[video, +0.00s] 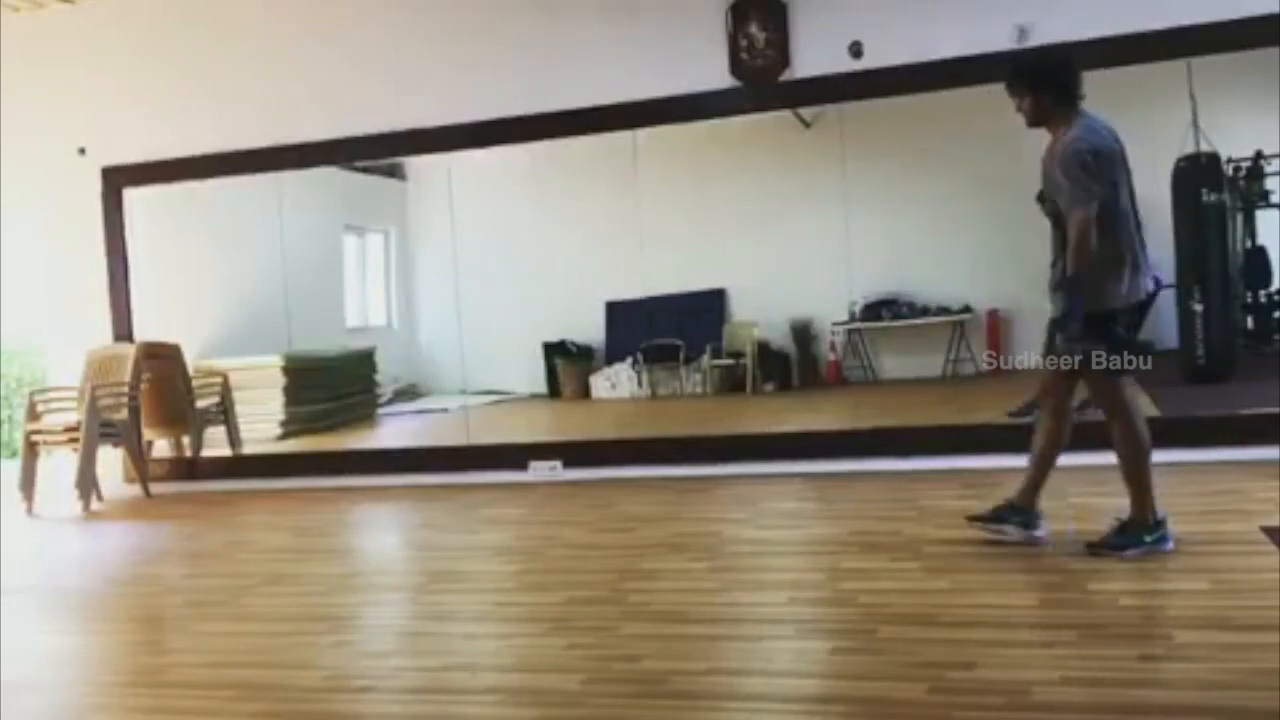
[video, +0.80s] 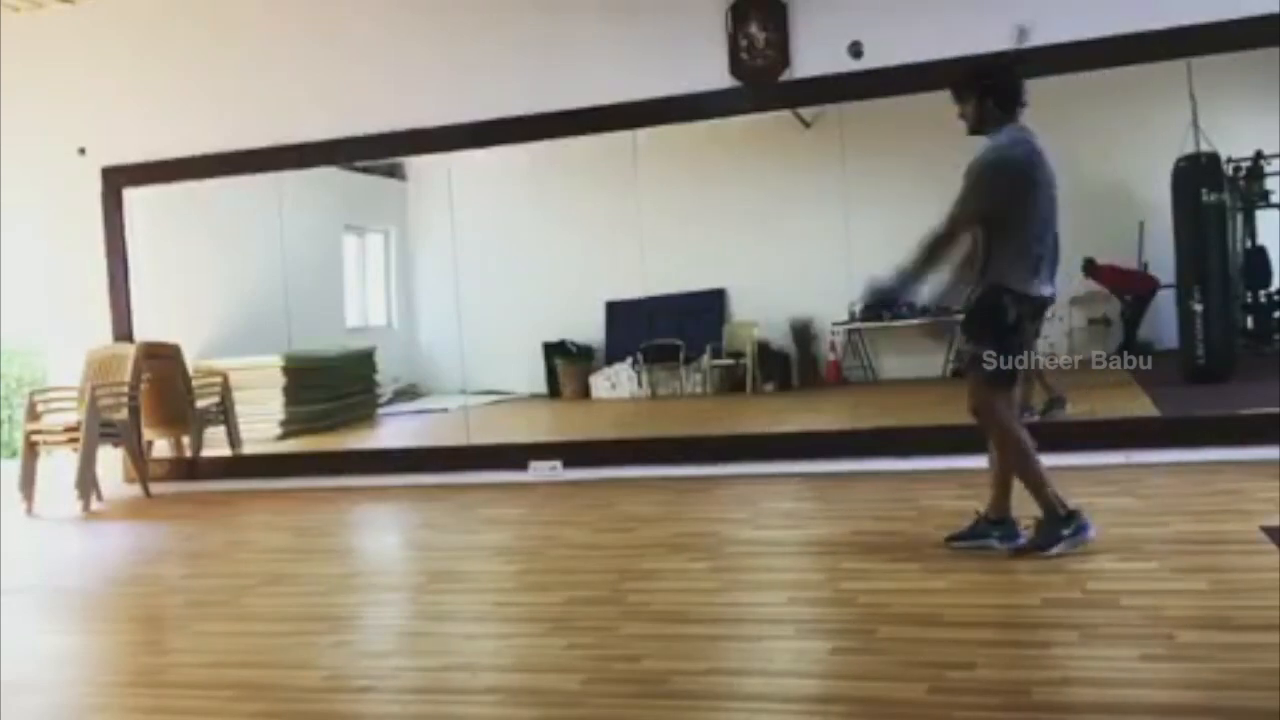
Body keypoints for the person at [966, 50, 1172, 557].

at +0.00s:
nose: (1017, 109)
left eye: (1019, 98)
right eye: (1015, 99)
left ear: (1041, 95)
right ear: (1057, 91)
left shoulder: (1073, 147)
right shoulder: (1093, 134)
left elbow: (1082, 229)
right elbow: (1105, 220)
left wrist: (1068, 293)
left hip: (1101, 298)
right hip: (1107, 292)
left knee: (1114, 401)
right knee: (1054, 394)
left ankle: (1145, 519)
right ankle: (1024, 504)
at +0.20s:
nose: (991, 109)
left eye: (995, 98)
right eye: (989, 100)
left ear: (1023, 95)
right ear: (1014, 102)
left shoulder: (1058, 139)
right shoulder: (1028, 145)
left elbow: (1056, 124)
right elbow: (1088, 136)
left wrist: (1047, 71)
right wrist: (1103, 109)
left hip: (1082, 297)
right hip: (1047, 299)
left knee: (1099, 402)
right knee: (1031, 402)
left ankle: (1143, 519)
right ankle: (1003, 514)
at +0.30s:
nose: (983, 107)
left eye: (988, 96)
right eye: (982, 98)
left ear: (1013, 92)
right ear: (1012, 98)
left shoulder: (1038, 130)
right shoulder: (1048, 131)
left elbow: (1042, 65)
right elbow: (1076, 96)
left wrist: (1029, 9)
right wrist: (1083, 55)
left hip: (1059, 290)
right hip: (1040, 290)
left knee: (1093, 403)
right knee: (1022, 402)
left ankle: (1140, 518)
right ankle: (1000, 514)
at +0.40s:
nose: (976, 104)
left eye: (980, 93)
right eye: (974, 95)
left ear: (1004, 87)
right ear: (1002, 89)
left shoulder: (1023, 120)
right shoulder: (1020, 124)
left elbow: (1007, 38)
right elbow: (1017, 40)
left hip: (1031, 282)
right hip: (1021, 282)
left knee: (1059, 403)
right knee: (1012, 403)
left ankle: (1131, 509)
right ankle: (998, 514)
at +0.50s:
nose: (973, 107)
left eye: (976, 94)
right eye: (970, 98)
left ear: (1000, 86)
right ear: (1000, 87)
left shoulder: (1020, 122)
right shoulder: (1011, 130)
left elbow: (986, 36)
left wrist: (967, 0)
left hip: (1024, 277)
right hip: (1018, 277)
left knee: (1020, 399)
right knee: (1015, 400)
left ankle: (1121, 503)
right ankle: (999, 515)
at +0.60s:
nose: (955, 117)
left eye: (957, 106)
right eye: (947, 110)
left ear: (985, 99)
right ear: (1018, 99)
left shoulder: (1012, 128)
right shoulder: (1023, 140)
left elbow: (948, 99)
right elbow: (945, 113)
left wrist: (916, 57)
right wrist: (892, 77)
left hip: (1011, 282)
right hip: (1023, 284)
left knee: (988, 402)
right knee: (1011, 404)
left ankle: (1086, 492)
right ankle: (999, 516)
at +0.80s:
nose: (958, 113)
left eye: (962, 102)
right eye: (957, 102)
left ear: (986, 101)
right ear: (1000, 100)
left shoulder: (998, 158)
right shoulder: (1021, 150)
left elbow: (949, 234)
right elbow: (982, 244)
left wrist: (901, 285)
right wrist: (945, 297)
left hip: (1007, 294)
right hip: (1023, 293)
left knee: (990, 403)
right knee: (997, 403)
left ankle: (1057, 514)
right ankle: (998, 517)